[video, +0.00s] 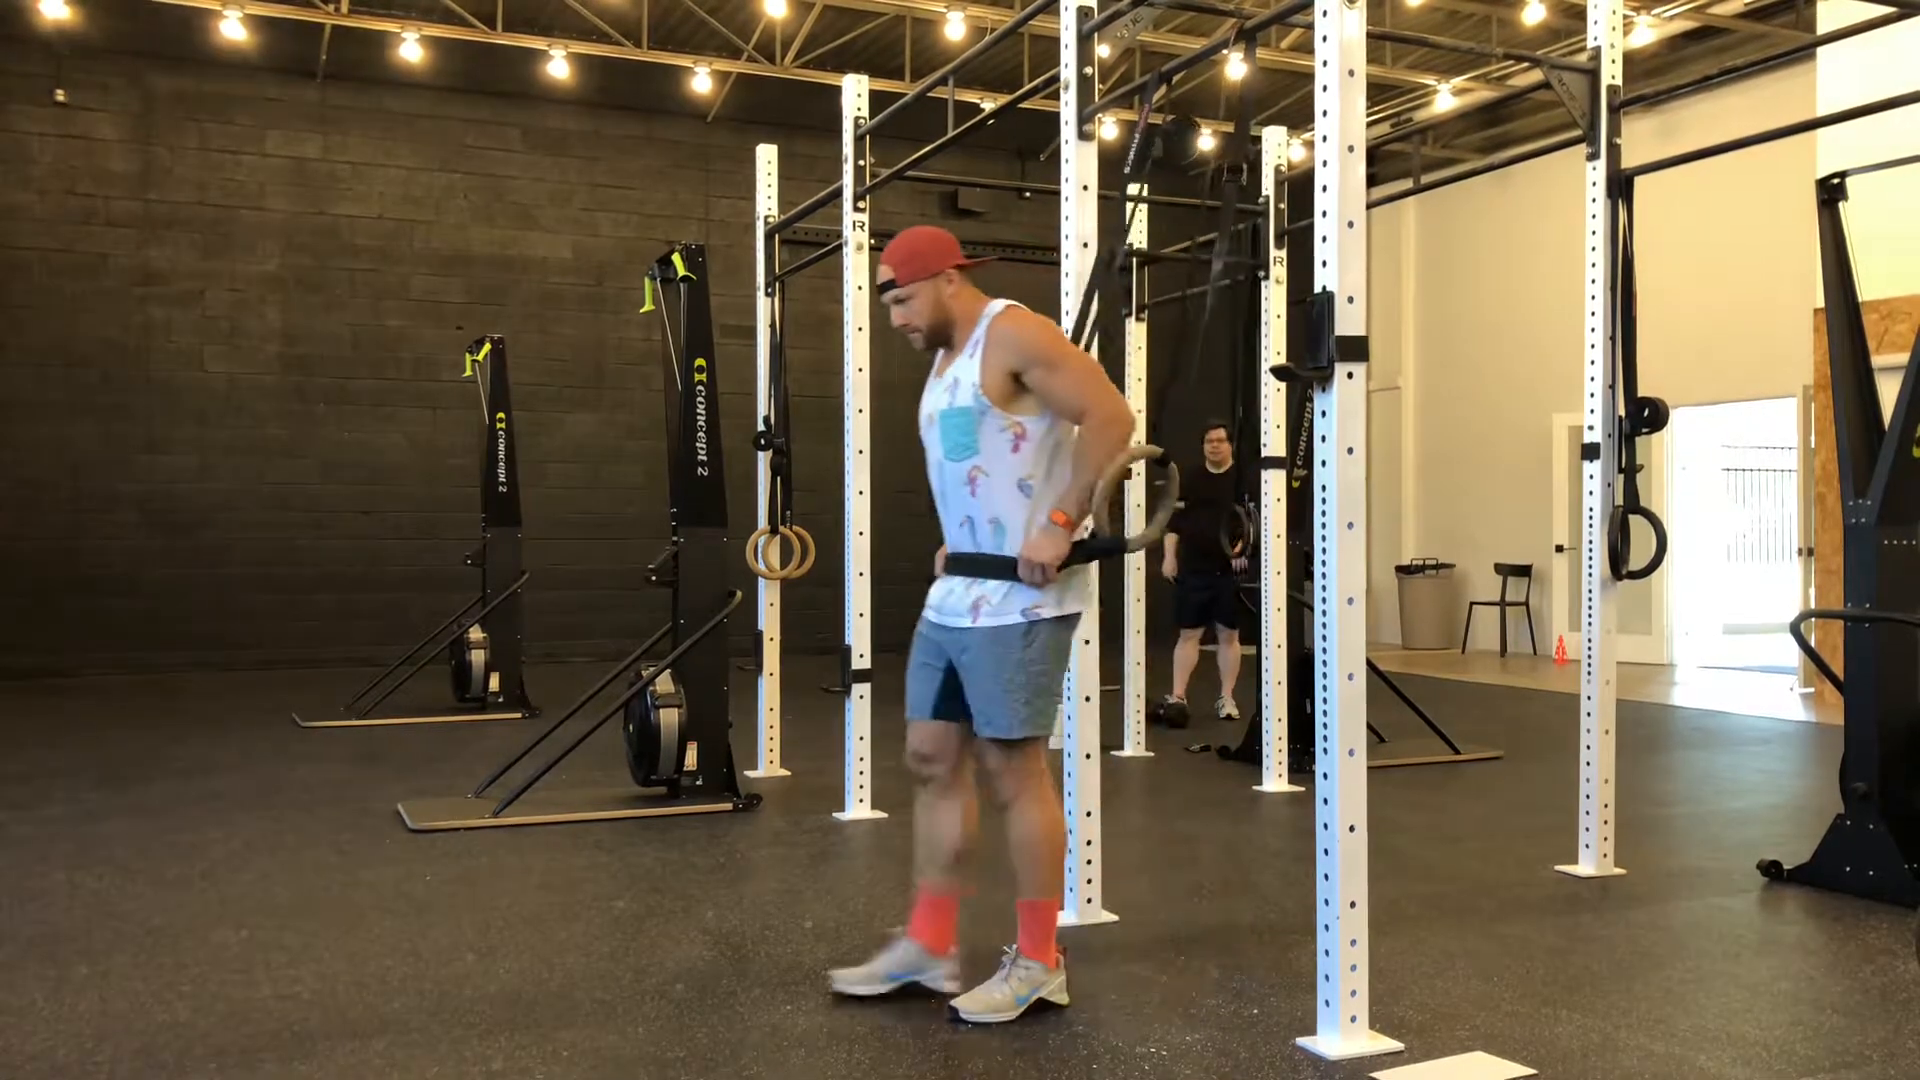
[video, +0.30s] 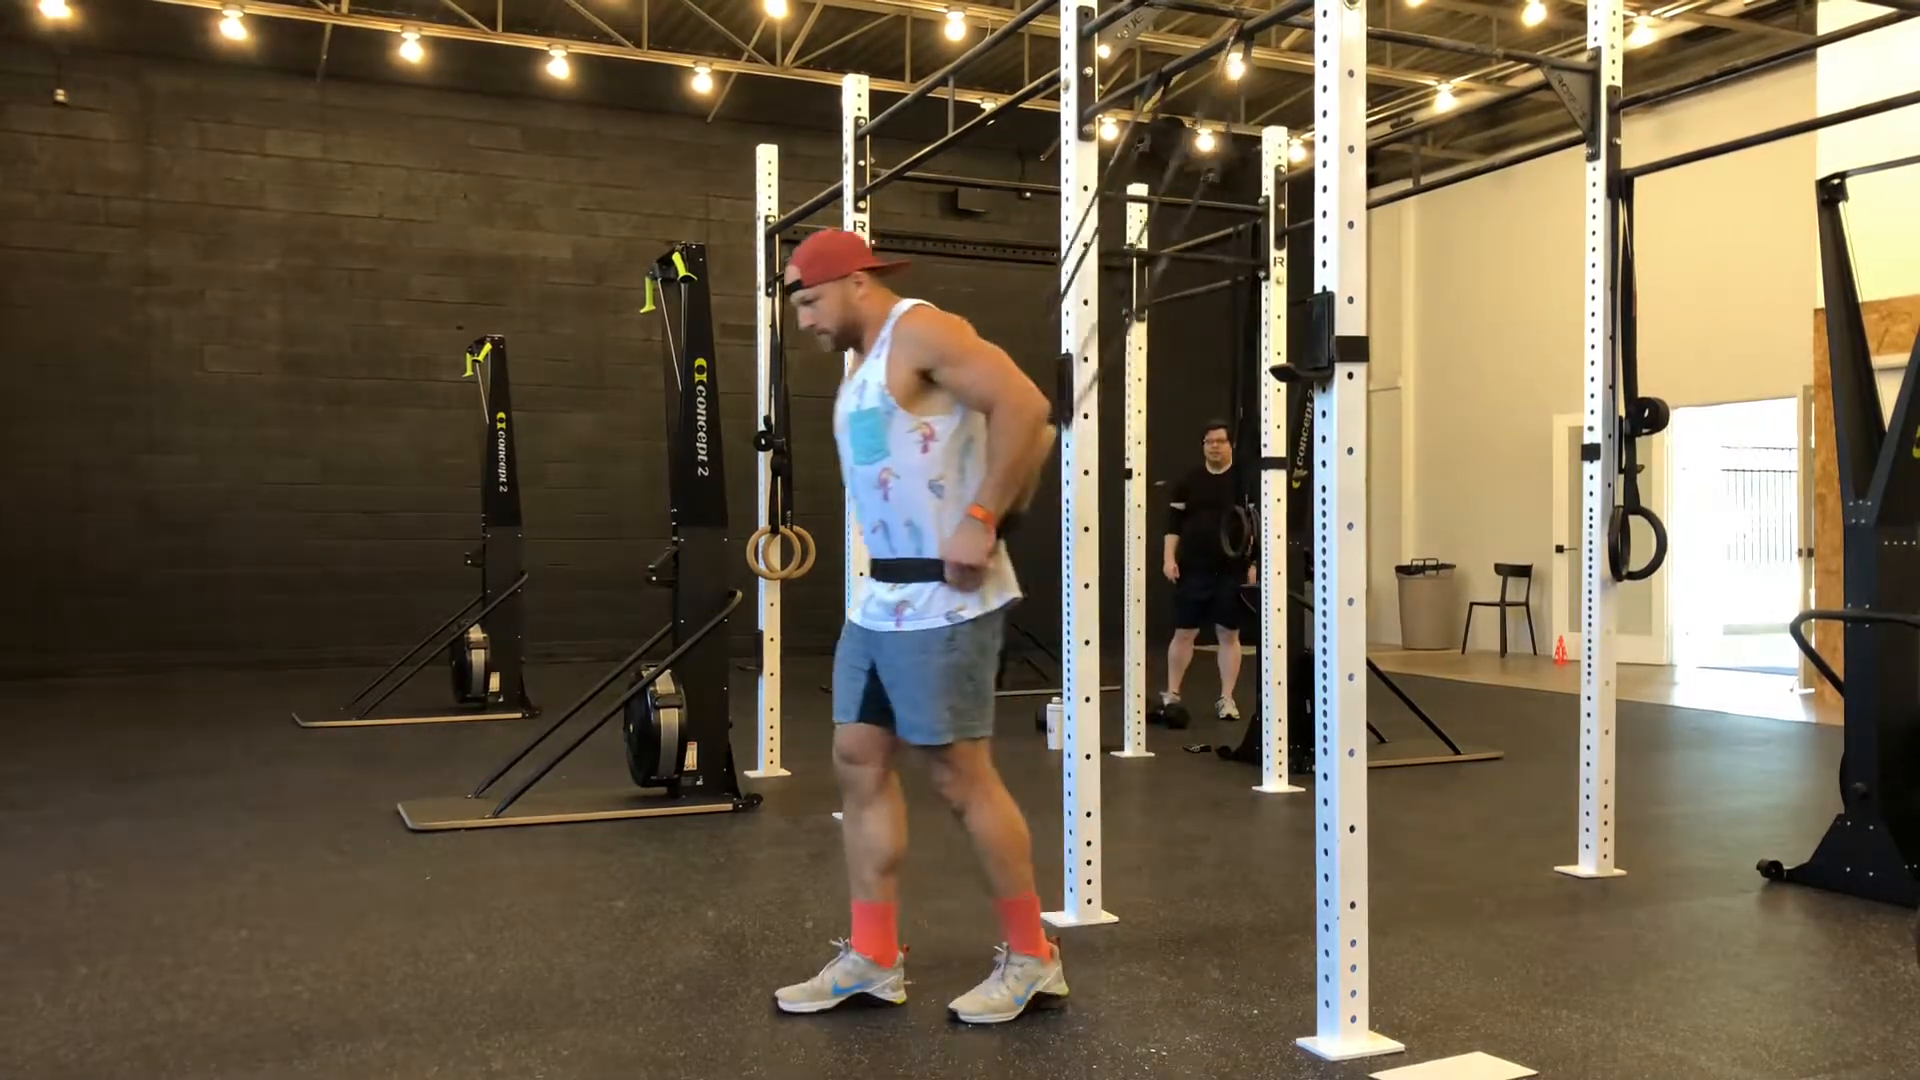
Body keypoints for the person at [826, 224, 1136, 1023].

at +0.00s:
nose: (893, 313)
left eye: (900, 294)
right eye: (888, 298)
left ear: (947, 280)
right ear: (930, 288)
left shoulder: (1016, 335)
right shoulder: (943, 367)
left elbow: (1111, 418)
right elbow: (983, 474)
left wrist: (1060, 521)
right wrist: (953, 554)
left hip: (1017, 602)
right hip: (955, 598)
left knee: (1017, 768)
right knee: (934, 757)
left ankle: (1036, 962)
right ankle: (929, 947)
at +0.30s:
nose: (801, 316)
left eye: (808, 297)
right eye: (797, 302)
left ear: (854, 282)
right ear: (842, 291)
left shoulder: (922, 333)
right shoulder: (860, 364)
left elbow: (1025, 407)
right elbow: (907, 474)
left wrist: (980, 522)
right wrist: (876, 567)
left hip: (944, 604)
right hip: (875, 603)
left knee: (961, 774)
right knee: (858, 760)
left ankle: (1031, 958)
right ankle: (873, 958)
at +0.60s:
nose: (703, 317)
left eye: (711, 298)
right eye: (700, 302)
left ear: (762, 285)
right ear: (743, 296)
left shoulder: (825, 325)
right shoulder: (772, 366)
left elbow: (937, 404)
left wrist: (886, 515)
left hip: (891, 582)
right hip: (852, 583)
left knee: (843, 760)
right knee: (858, 765)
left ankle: (943, 934)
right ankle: (872, 950)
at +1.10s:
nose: (664, 315)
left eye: (673, 294)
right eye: (660, 299)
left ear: (727, 284)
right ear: (714, 293)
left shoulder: (783, 331)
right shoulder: (739, 367)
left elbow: (887, 406)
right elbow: (817, 444)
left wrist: (868, 530)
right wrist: (806, 538)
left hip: (874, 583)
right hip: (831, 586)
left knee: (869, 766)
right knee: (854, 758)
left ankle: (875, 976)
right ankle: (977, 889)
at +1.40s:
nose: (641, 338)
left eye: (648, 317)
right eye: (638, 322)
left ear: (702, 309)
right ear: (690, 315)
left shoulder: (777, 360)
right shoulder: (716, 395)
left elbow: (895, 437)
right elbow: (751, 503)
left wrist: (915, 564)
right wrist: (708, 581)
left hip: (868, 587)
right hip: (843, 590)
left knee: (807, 773)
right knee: (921, 756)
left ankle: (865, 972)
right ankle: (1029, 893)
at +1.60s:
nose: (600, 392)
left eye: (606, 372)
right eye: (595, 376)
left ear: (659, 353)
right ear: (650, 361)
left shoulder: (745, 400)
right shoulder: (678, 438)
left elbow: (868, 471)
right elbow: (701, 540)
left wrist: (892, 596)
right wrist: (622, 567)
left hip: (850, 611)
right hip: (824, 615)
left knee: (763, 789)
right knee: (912, 775)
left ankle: (855, 960)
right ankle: (1032, 895)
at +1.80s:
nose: (547, 457)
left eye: (550, 438)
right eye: (540, 444)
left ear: (597, 410)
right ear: (586, 422)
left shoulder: (687, 445)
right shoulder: (627, 498)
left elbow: (830, 488)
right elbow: (593, 575)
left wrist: (892, 602)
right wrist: (527, 554)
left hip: (830, 623)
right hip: (830, 626)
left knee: (732, 798)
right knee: (917, 778)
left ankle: (850, 957)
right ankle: (1044, 896)